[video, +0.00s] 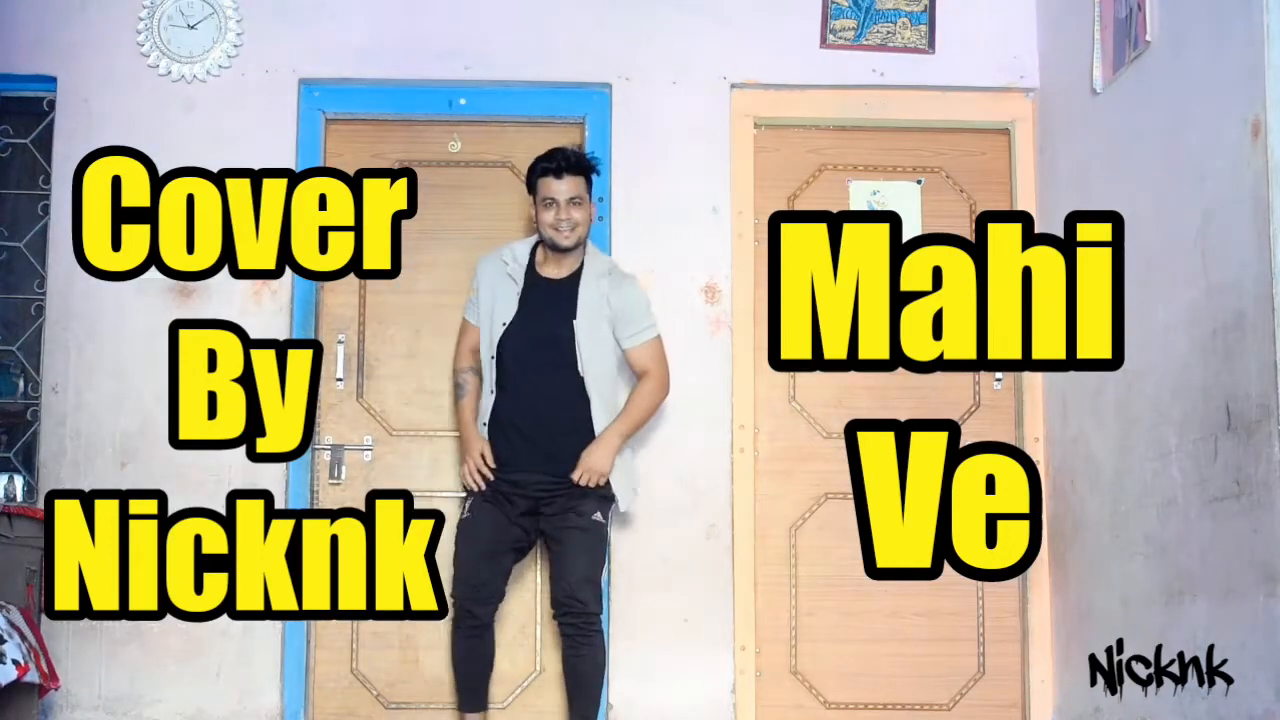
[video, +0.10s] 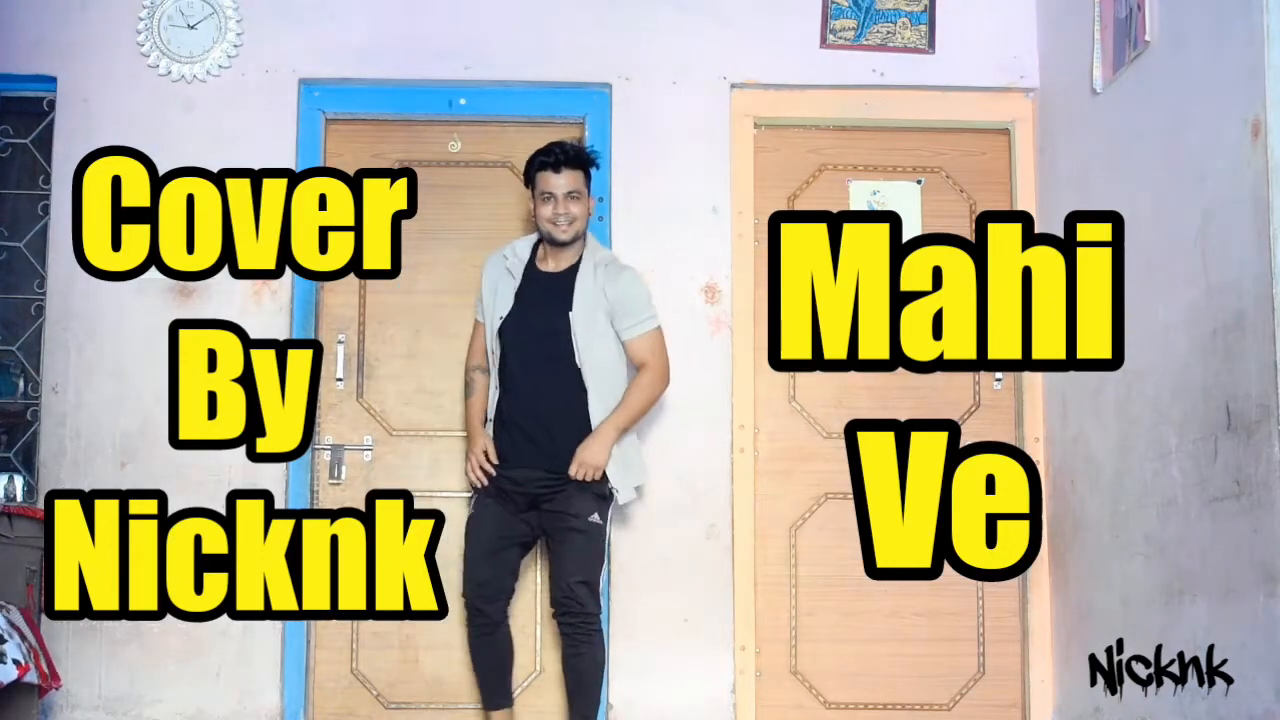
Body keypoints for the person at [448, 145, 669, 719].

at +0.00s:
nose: (563, 215)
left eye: (575, 202)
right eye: (550, 203)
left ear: (593, 209)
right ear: (534, 210)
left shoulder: (616, 285)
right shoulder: (496, 271)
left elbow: (655, 378)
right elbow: (469, 358)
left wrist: (610, 442)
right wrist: (469, 432)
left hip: (576, 487)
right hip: (500, 482)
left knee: (579, 615)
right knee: (470, 608)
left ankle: (585, 719)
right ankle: (472, 714)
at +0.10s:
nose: (562, 209)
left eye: (574, 197)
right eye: (549, 197)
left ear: (591, 202)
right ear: (532, 204)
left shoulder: (617, 281)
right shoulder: (503, 268)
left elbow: (655, 370)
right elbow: (480, 360)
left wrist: (605, 436)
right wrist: (476, 430)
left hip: (577, 481)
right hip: (504, 477)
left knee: (576, 610)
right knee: (481, 602)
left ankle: (583, 717)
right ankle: (498, 713)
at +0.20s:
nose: (557, 208)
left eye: (569, 195)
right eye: (544, 196)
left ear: (587, 202)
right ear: (528, 203)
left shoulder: (613, 278)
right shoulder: (504, 267)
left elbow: (652, 366)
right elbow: (485, 360)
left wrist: (598, 431)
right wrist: (480, 431)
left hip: (576, 477)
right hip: (506, 476)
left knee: (575, 611)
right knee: (497, 610)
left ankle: (583, 717)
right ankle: (509, 716)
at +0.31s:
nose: (550, 208)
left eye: (562, 196)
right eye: (537, 196)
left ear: (580, 200)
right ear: (522, 202)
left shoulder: (609, 270)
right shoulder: (500, 270)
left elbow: (649, 356)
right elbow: (487, 361)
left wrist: (597, 420)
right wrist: (480, 432)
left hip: (572, 470)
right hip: (505, 471)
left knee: (572, 610)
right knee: (500, 609)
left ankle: (582, 717)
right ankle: (509, 715)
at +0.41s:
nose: (539, 217)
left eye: (552, 203)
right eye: (527, 204)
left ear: (573, 203)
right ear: (512, 205)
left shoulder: (604, 264)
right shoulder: (499, 279)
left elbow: (647, 349)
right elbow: (486, 372)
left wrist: (597, 420)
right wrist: (479, 436)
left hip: (577, 468)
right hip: (509, 471)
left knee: (574, 607)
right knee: (486, 597)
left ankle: (583, 716)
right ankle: (504, 714)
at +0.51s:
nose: (526, 228)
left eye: (541, 215)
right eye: (515, 214)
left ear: (561, 213)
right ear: (502, 212)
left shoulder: (594, 261)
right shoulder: (492, 293)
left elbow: (644, 341)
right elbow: (485, 384)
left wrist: (600, 417)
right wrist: (476, 439)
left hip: (575, 469)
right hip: (506, 475)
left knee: (576, 610)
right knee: (467, 593)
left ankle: (584, 719)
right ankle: (493, 714)